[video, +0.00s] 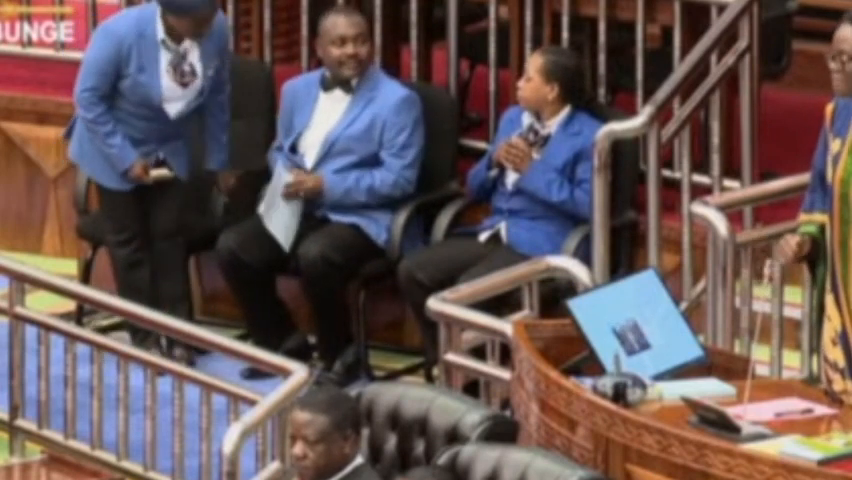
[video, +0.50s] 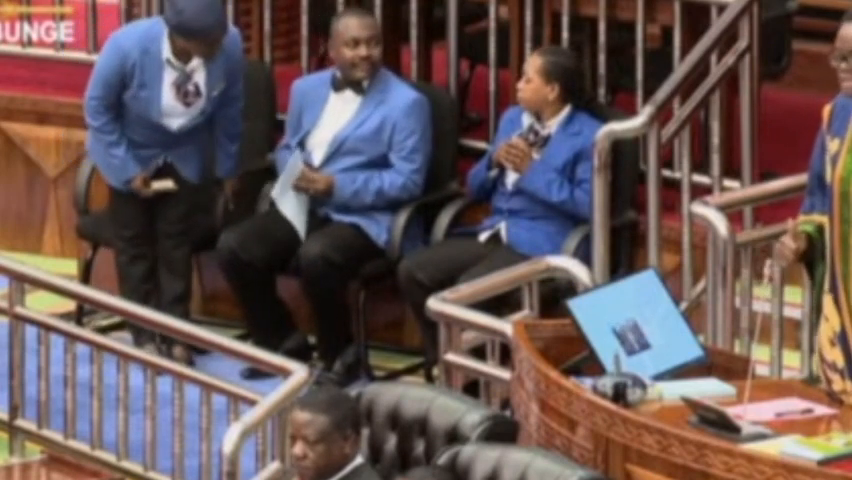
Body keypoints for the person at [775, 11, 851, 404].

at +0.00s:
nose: (836, 66)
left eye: (843, 57)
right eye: (833, 57)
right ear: (828, 59)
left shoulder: (839, 115)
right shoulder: (835, 113)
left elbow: (822, 191)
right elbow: (820, 187)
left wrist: (806, 234)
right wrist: (805, 234)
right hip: (835, 281)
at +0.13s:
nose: (838, 66)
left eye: (844, 57)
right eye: (835, 57)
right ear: (829, 60)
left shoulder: (839, 115)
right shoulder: (835, 114)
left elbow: (822, 197)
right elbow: (820, 193)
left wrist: (806, 233)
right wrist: (804, 234)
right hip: (835, 293)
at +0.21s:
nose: (838, 66)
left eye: (844, 57)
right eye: (835, 57)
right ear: (829, 60)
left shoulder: (839, 115)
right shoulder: (835, 114)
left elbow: (822, 197)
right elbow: (820, 193)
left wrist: (806, 233)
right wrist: (804, 234)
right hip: (835, 292)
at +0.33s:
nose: (845, 68)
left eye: (849, 58)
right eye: (840, 58)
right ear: (831, 60)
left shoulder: (838, 114)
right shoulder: (836, 114)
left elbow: (822, 199)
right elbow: (820, 195)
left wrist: (806, 234)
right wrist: (804, 236)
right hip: (836, 302)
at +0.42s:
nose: (844, 68)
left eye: (849, 58)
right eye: (840, 58)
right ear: (831, 60)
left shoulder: (838, 114)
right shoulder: (835, 114)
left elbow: (821, 197)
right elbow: (818, 194)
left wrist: (804, 236)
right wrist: (803, 237)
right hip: (835, 296)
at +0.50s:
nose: (844, 68)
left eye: (849, 58)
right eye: (840, 58)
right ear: (832, 59)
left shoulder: (838, 114)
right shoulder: (835, 114)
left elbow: (821, 199)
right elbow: (818, 195)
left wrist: (805, 237)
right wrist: (803, 237)